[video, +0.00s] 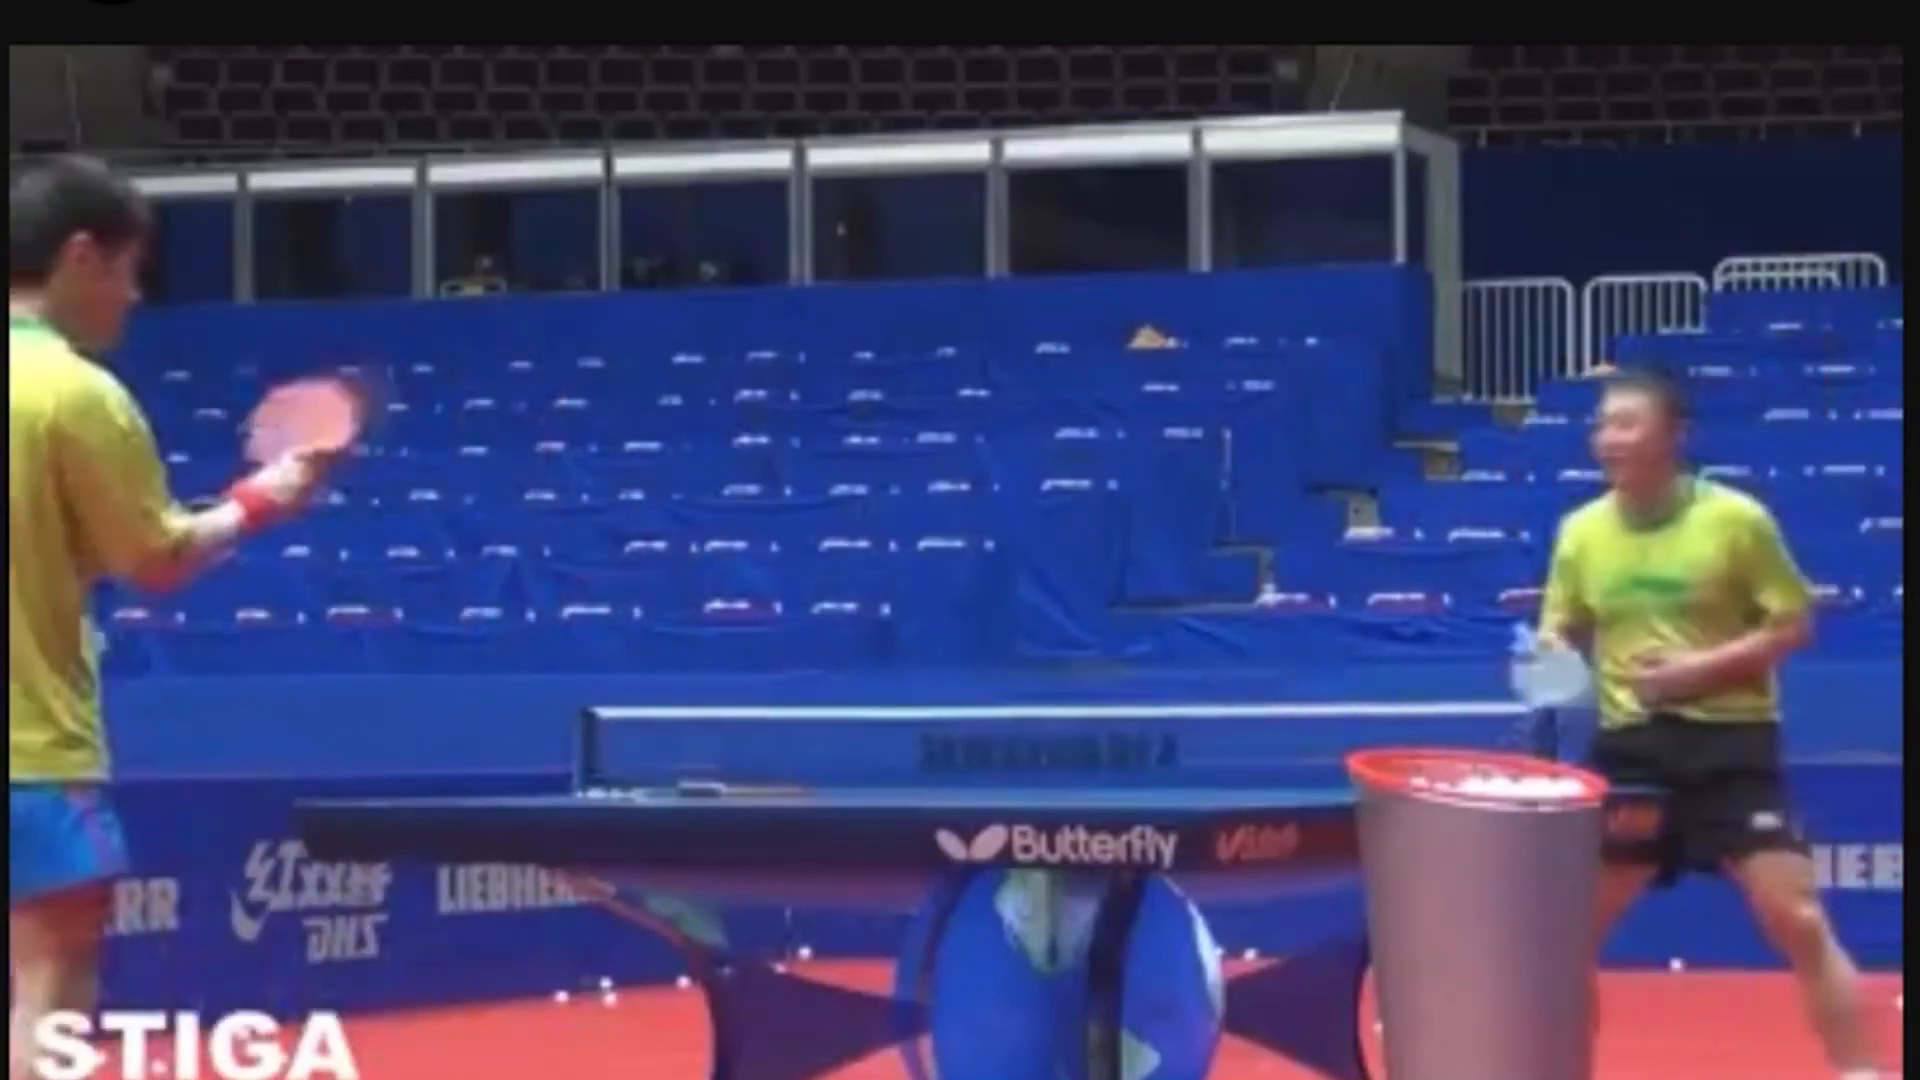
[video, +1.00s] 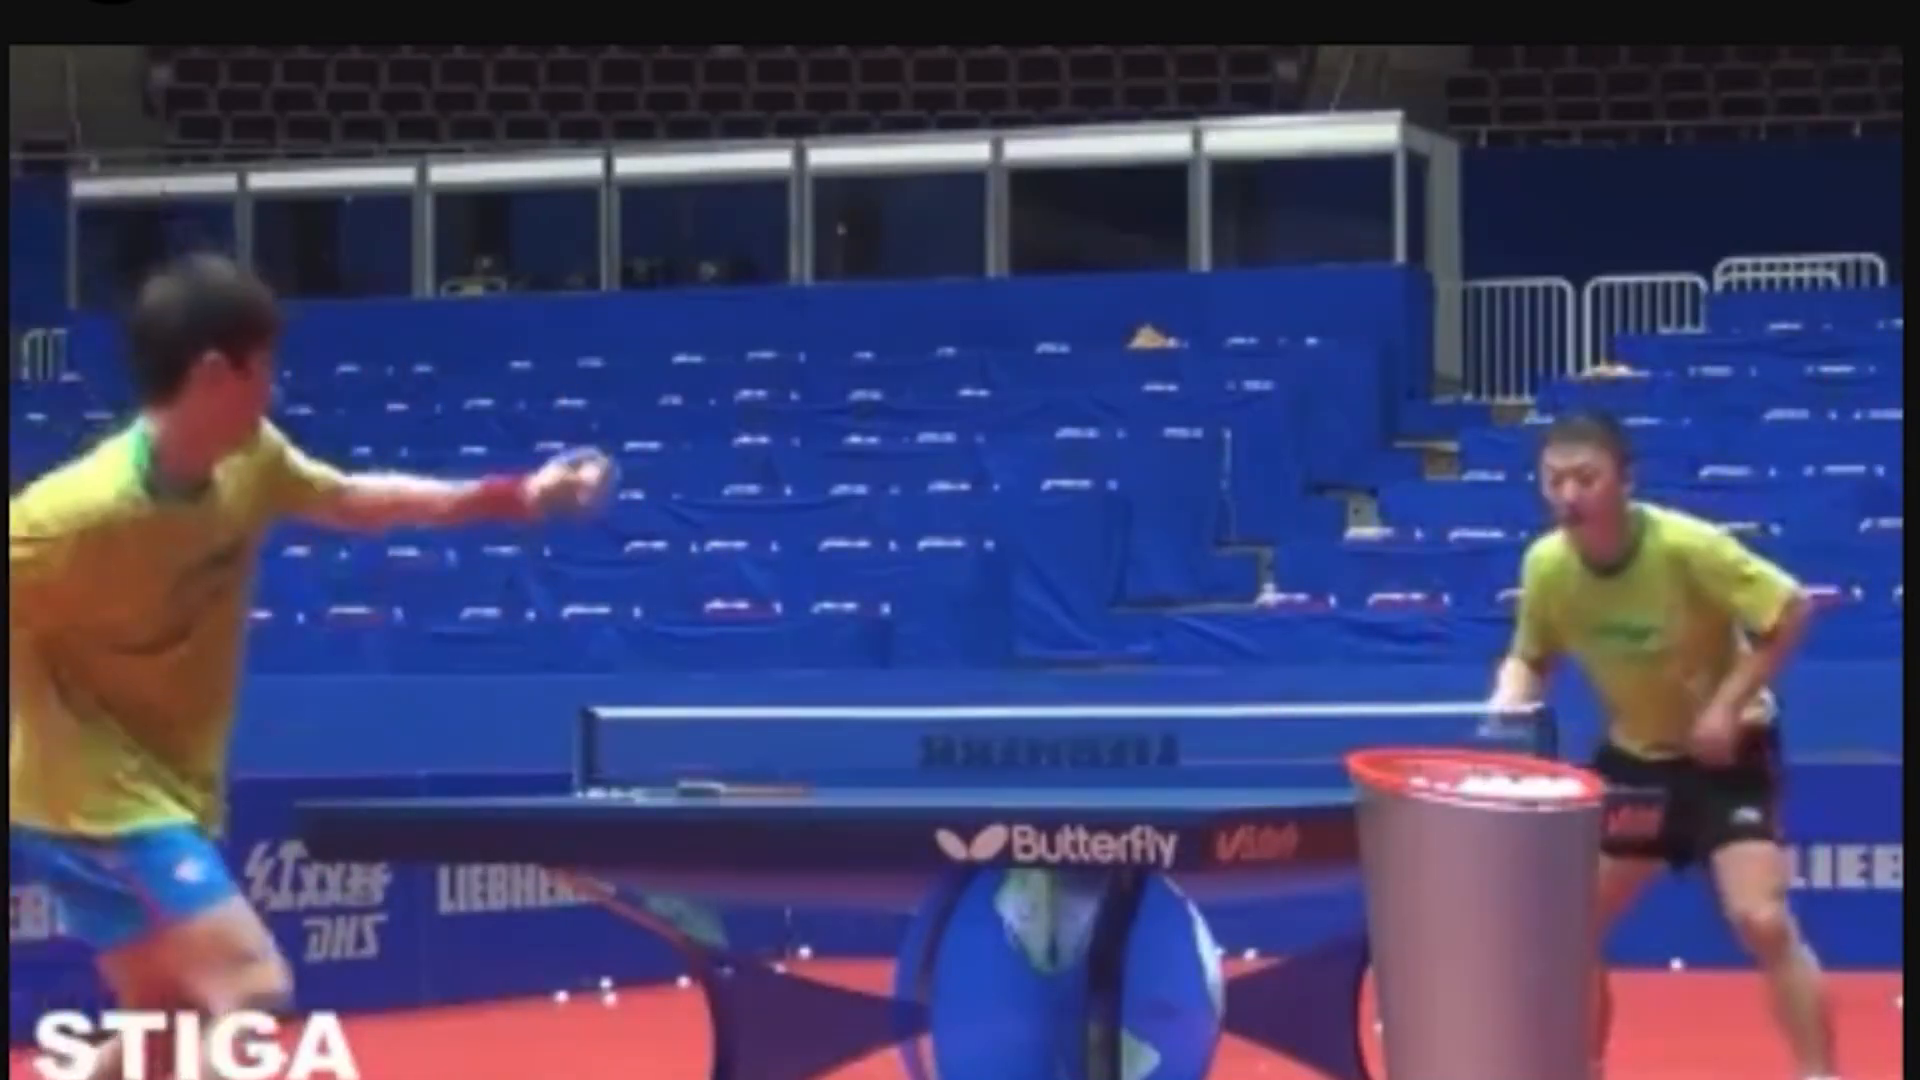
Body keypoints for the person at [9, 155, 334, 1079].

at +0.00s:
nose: (133, 298)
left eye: (135, 274)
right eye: (128, 271)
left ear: (64, 258)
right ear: (79, 256)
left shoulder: (31, 377)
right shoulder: (73, 394)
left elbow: (93, 546)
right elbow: (155, 561)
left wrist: (217, 510)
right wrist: (261, 501)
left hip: (27, 745)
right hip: (38, 750)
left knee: (42, 984)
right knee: (52, 992)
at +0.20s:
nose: (155, 293)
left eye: (159, 269)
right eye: (154, 266)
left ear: (53, 256)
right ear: (114, 258)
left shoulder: (21, 362)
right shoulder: (87, 400)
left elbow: (45, 573)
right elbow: (164, 574)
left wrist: (124, 602)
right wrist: (251, 523)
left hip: (24, 755)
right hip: (43, 763)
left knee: (37, 997)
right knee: (45, 1005)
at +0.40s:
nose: (174, 298)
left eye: (174, 274)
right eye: (170, 272)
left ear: (94, 269)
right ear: (128, 271)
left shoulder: (37, 374)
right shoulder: (68, 390)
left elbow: (87, 560)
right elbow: (86, 579)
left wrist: (213, 587)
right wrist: (225, 597)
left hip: (25, 753)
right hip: (48, 760)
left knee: (36, 990)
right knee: (125, 973)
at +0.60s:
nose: (194, 319)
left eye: (195, 297)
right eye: (190, 295)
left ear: (129, 296)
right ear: (148, 293)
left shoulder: (128, 407)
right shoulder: (47, 419)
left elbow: (164, 536)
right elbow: (27, 598)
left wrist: (273, 585)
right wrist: (179, 638)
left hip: (67, 753)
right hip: (44, 761)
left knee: (70, 996)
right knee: (160, 968)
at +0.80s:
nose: (231, 343)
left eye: (231, 322)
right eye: (223, 320)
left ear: (170, 325)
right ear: (172, 324)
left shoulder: (199, 435)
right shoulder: (57, 465)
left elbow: (288, 520)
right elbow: (20, 670)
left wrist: (411, 570)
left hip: (136, 782)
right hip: (77, 790)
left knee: (112, 1001)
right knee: (190, 981)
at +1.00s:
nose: (272, 391)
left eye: (271, 370)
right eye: (266, 368)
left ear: (213, 376)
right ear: (212, 375)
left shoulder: (249, 460)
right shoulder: (72, 517)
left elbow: (350, 501)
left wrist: (516, 497)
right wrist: (42, 720)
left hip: (166, 790)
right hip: (82, 794)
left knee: (159, 1026)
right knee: (252, 992)